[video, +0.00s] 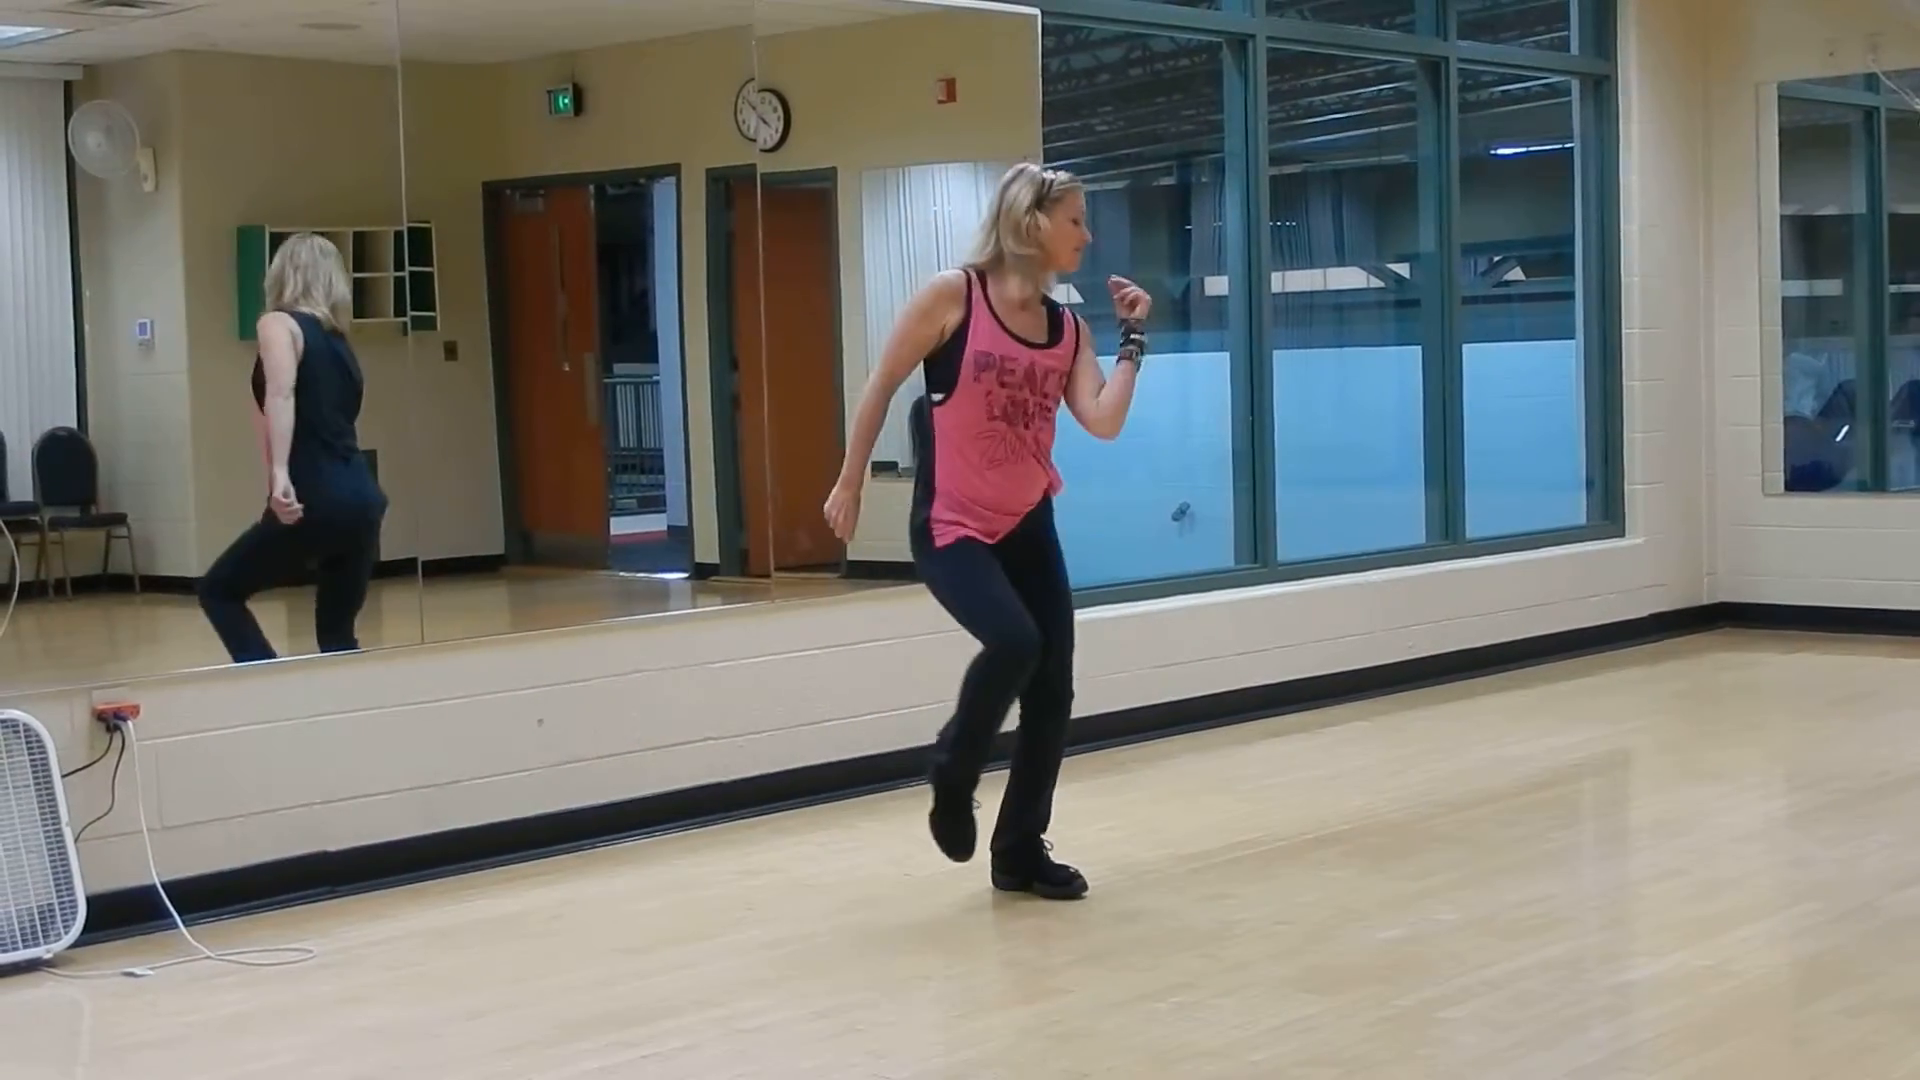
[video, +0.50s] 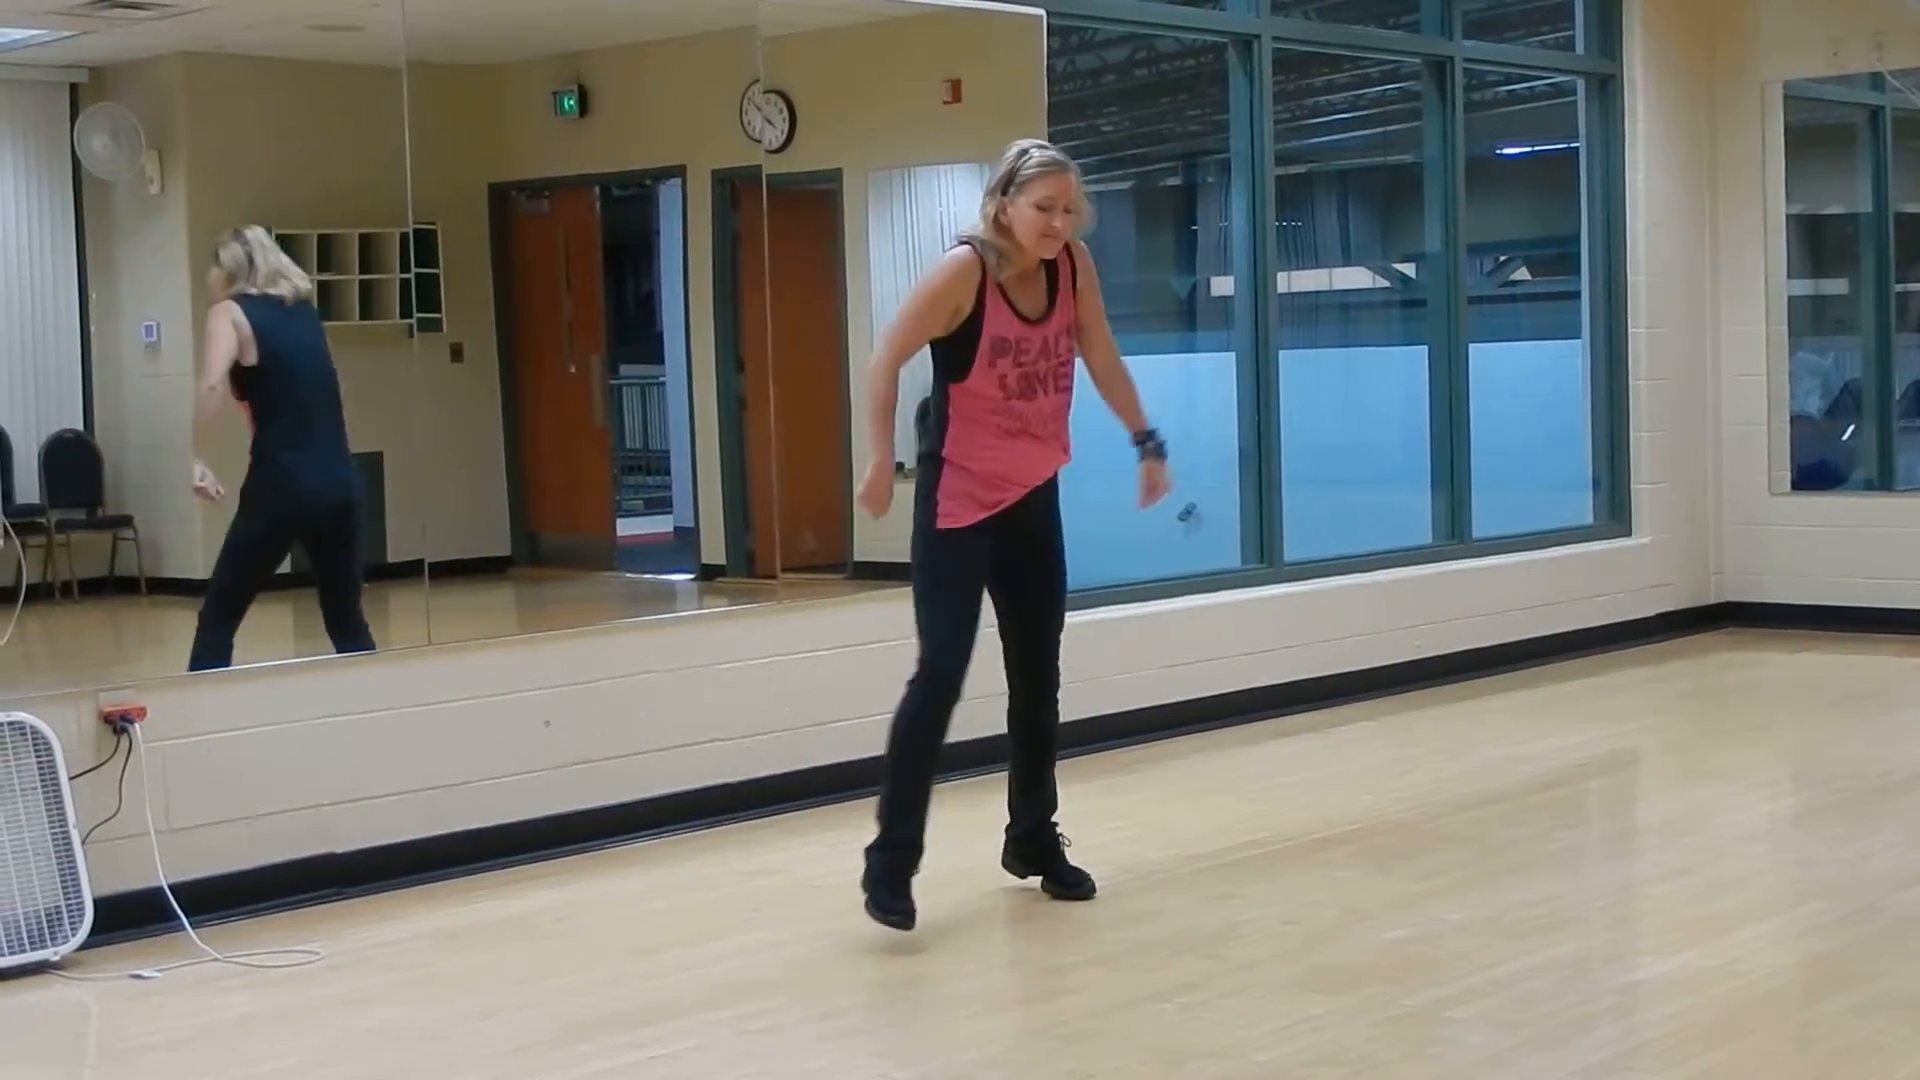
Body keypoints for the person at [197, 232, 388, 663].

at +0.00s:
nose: (272, 278)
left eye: (277, 270)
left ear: (282, 275)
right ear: (335, 281)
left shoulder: (277, 324)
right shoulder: (338, 339)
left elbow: (281, 395)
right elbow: (336, 424)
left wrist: (280, 472)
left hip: (314, 502)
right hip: (363, 502)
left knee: (217, 592)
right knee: (336, 632)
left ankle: (274, 694)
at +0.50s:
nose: (212, 282)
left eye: (216, 273)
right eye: (212, 273)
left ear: (230, 271)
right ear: (274, 266)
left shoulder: (230, 311)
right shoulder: (305, 313)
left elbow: (214, 387)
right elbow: (320, 391)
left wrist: (198, 457)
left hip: (279, 488)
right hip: (337, 484)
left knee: (218, 620)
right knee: (347, 621)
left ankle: (199, 731)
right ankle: (384, 725)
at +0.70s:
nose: (170, 286)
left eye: (173, 275)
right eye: (171, 275)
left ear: (190, 278)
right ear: (228, 275)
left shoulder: (190, 332)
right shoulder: (269, 336)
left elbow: (176, 398)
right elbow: (306, 403)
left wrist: (162, 438)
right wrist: (336, 467)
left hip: (235, 501)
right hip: (291, 493)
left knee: (196, 630)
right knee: (325, 619)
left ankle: (171, 734)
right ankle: (373, 715)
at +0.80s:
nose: (148, 282)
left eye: (152, 273)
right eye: (150, 273)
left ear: (162, 280)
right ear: (210, 275)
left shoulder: (159, 339)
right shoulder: (243, 339)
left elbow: (145, 427)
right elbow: (287, 396)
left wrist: (107, 434)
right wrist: (309, 465)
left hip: (200, 505)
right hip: (260, 499)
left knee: (168, 643)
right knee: (293, 627)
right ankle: (357, 709)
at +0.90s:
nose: (125, 285)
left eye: (129, 276)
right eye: (127, 275)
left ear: (142, 281)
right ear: (189, 276)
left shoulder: (134, 343)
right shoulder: (225, 335)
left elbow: (110, 434)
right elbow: (280, 393)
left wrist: (66, 460)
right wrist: (276, 470)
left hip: (171, 511)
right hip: (233, 505)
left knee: (148, 649)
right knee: (233, 630)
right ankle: (303, 701)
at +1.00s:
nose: (111, 293)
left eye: (116, 284)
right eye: (112, 283)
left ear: (128, 290)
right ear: (175, 281)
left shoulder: (119, 351)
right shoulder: (216, 339)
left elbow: (77, 443)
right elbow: (271, 399)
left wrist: (35, 491)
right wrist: (241, 461)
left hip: (155, 517)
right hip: (216, 511)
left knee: (133, 644)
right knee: (174, 632)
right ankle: (240, 705)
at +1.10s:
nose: (101, 298)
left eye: (105, 289)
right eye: (102, 288)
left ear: (118, 295)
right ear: (166, 286)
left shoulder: (110, 358)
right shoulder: (211, 343)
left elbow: (71, 447)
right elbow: (245, 412)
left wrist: (33, 519)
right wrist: (189, 415)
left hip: (140, 523)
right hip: (202, 521)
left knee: (126, 649)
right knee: (142, 639)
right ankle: (197, 718)